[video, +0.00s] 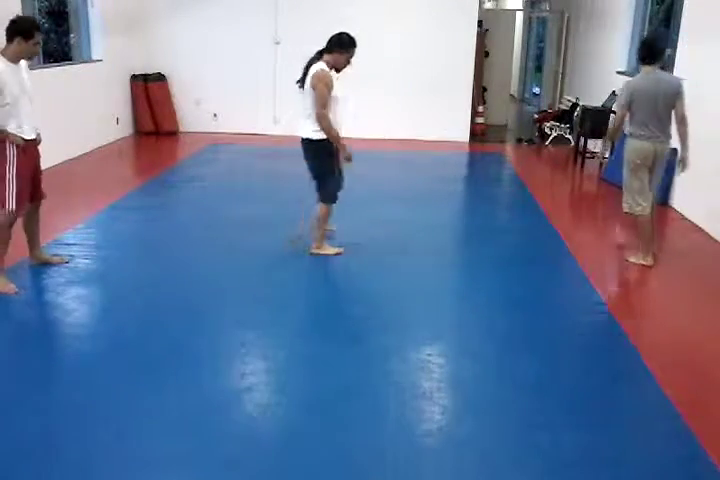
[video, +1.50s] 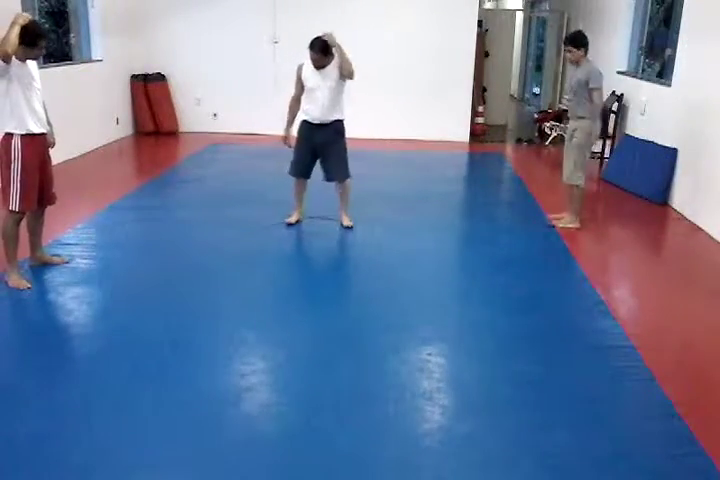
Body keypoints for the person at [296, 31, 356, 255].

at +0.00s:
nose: (348, 63)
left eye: (350, 58)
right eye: (348, 57)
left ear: (333, 52)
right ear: (335, 52)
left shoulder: (318, 69)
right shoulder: (322, 75)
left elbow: (320, 114)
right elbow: (321, 115)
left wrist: (336, 140)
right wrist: (340, 144)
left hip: (315, 137)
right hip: (319, 139)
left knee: (330, 185)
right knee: (329, 189)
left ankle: (321, 226)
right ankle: (319, 243)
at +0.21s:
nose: (351, 67)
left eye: (353, 62)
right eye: (350, 61)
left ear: (346, 59)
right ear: (338, 56)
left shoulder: (344, 80)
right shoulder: (315, 77)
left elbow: (347, 110)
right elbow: (304, 113)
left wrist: (354, 137)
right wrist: (324, 139)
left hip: (338, 138)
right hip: (318, 139)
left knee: (337, 188)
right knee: (323, 193)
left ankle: (329, 221)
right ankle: (317, 241)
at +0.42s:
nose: (344, 63)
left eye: (347, 59)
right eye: (341, 59)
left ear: (349, 57)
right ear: (329, 53)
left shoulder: (350, 74)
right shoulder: (309, 71)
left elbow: (360, 104)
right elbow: (298, 104)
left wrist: (373, 133)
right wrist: (296, 135)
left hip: (337, 133)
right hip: (312, 132)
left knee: (335, 182)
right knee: (310, 182)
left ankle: (330, 221)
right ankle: (304, 221)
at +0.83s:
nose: (311, 62)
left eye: (315, 59)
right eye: (307, 58)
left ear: (322, 56)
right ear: (301, 54)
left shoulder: (332, 72)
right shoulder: (291, 70)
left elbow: (340, 101)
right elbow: (284, 100)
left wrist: (346, 129)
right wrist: (279, 131)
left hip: (325, 129)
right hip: (299, 129)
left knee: (331, 178)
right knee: (296, 175)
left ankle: (330, 220)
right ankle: (296, 212)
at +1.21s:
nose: (302, 61)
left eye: (306, 57)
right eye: (299, 57)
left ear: (315, 51)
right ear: (294, 53)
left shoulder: (328, 68)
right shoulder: (290, 69)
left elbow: (340, 97)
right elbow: (285, 98)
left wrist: (335, 102)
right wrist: (280, 130)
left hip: (324, 127)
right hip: (299, 127)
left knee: (334, 174)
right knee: (295, 173)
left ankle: (343, 212)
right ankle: (296, 211)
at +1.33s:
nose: (306, 62)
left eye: (310, 58)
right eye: (304, 57)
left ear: (320, 54)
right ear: (300, 54)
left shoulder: (332, 66)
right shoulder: (295, 70)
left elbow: (343, 94)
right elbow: (289, 99)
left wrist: (332, 76)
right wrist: (282, 128)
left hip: (327, 126)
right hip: (302, 126)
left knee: (336, 175)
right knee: (296, 173)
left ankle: (344, 213)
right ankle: (297, 211)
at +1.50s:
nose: (314, 62)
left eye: (317, 59)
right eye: (312, 58)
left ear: (328, 56)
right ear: (309, 54)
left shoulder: (338, 68)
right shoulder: (303, 69)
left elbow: (348, 74)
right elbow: (296, 98)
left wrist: (337, 46)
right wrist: (288, 128)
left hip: (333, 127)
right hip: (308, 126)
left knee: (341, 176)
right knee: (300, 173)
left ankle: (344, 213)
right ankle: (297, 211)